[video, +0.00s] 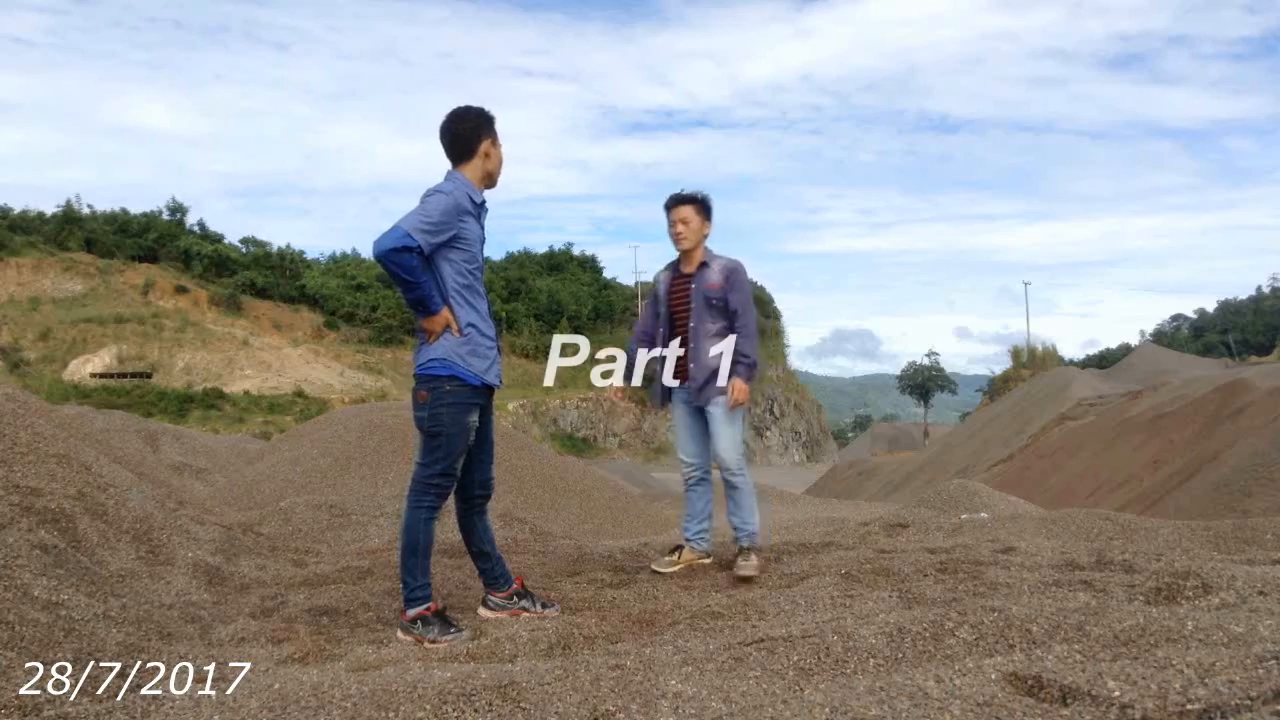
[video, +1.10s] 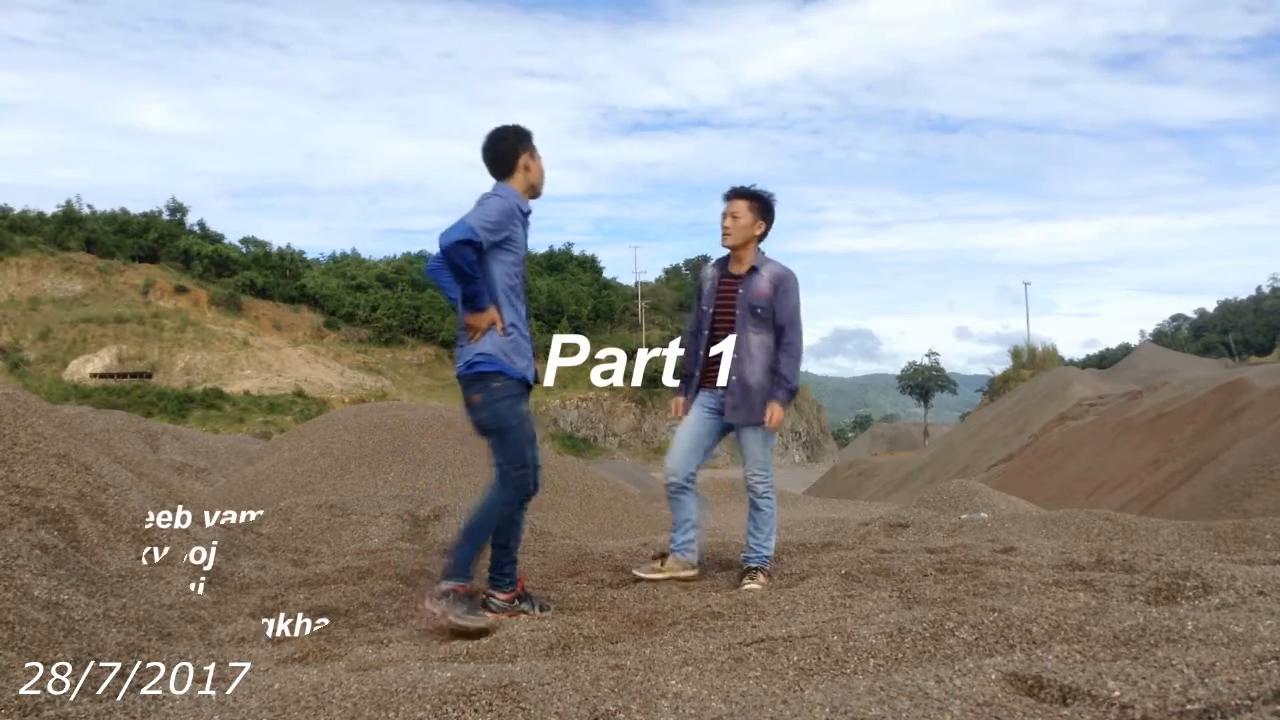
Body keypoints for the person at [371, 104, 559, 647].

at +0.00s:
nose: (502, 156)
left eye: (499, 145)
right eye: (499, 145)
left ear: (463, 150)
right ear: (486, 148)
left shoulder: (466, 204)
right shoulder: (450, 198)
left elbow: (419, 258)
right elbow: (393, 247)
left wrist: (453, 311)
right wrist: (432, 309)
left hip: (473, 376)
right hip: (448, 374)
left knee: (474, 494)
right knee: (430, 493)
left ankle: (501, 590)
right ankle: (418, 609)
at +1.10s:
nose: (543, 166)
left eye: (539, 158)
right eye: (538, 157)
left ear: (507, 167)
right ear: (525, 162)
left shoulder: (502, 211)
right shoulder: (504, 203)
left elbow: (438, 267)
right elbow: (452, 245)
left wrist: (472, 312)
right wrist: (476, 306)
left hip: (500, 370)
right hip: (493, 369)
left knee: (520, 479)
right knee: (517, 477)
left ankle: (504, 589)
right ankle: (453, 586)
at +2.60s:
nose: (442, 162)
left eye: (437, 153)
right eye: (439, 153)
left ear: (390, 159)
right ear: (429, 156)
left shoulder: (352, 220)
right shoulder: (452, 211)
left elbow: (338, 301)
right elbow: (488, 293)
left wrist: (356, 354)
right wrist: (513, 339)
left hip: (385, 386)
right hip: (446, 382)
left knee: (413, 467)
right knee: (450, 496)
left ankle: (404, 577)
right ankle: (431, 618)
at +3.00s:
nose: (366, 163)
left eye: (361, 153)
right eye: (361, 153)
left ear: (315, 162)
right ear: (345, 155)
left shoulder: (273, 215)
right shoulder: (360, 205)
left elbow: (221, 291)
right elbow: (358, 286)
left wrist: (251, 362)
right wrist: (358, 370)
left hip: (281, 385)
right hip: (338, 381)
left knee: (293, 506)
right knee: (402, 487)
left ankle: (251, 631)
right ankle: (415, 615)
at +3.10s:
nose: (362, 155)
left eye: (358, 145)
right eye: (357, 145)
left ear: (311, 151)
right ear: (340, 144)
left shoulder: (266, 208)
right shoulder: (349, 192)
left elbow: (222, 292)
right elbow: (346, 272)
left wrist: (263, 350)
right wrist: (351, 359)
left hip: (274, 378)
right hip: (328, 370)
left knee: (285, 504)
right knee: (401, 472)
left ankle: (248, 631)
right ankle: (391, 602)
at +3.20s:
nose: (364, 146)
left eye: (361, 136)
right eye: (359, 136)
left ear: (313, 144)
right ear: (341, 138)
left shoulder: (268, 202)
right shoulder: (346, 185)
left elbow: (234, 290)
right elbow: (345, 268)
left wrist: (282, 328)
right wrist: (357, 352)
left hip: (270, 376)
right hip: (325, 367)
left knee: (278, 499)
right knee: (398, 468)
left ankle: (247, 632)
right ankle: (375, 604)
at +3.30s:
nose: (373, 144)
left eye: (370, 132)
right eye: (368, 133)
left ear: (319, 139)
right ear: (349, 135)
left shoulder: (278, 200)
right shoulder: (352, 185)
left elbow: (249, 288)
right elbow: (352, 268)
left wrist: (301, 318)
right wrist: (368, 355)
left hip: (274, 373)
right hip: (326, 368)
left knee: (277, 497)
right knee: (392, 479)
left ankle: (247, 631)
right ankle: (358, 622)